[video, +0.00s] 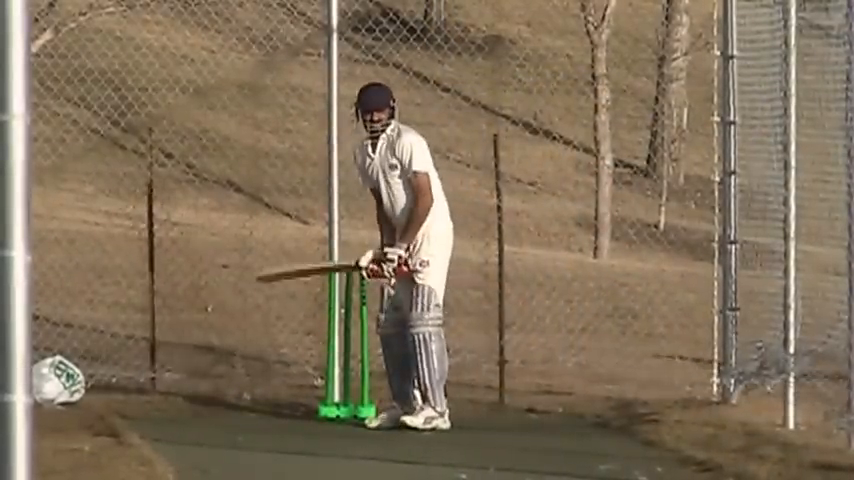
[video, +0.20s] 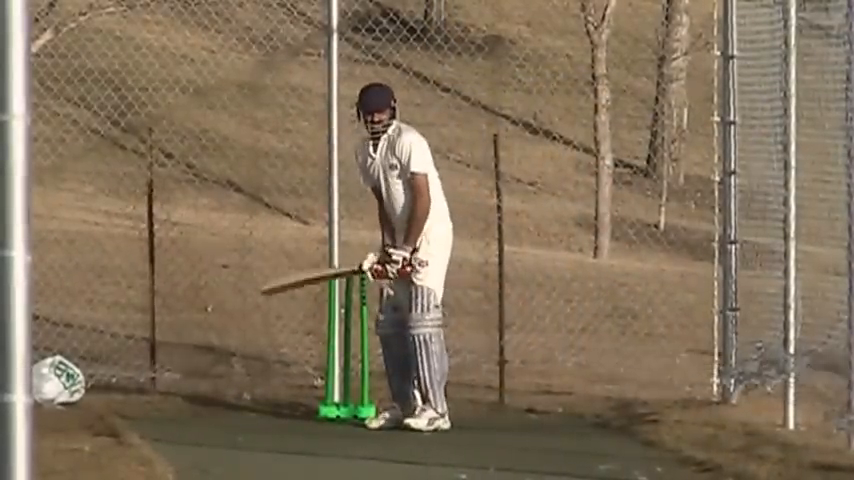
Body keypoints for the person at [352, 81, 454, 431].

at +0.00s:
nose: (374, 118)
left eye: (380, 112)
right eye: (367, 112)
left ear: (392, 111)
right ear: (359, 115)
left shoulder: (408, 142)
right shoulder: (363, 151)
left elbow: (425, 198)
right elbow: (382, 205)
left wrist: (403, 246)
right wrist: (385, 250)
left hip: (429, 241)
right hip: (401, 244)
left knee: (422, 320)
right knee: (391, 322)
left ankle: (435, 408)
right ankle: (406, 403)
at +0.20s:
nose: (375, 120)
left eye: (381, 113)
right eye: (369, 114)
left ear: (393, 111)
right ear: (361, 116)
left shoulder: (409, 142)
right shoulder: (364, 151)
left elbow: (423, 198)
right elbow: (383, 203)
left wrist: (408, 248)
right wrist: (387, 249)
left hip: (428, 242)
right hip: (400, 245)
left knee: (421, 321)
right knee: (391, 322)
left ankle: (434, 408)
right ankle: (404, 404)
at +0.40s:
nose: (367, 136)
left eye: (372, 129)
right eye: (361, 132)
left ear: (385, 118)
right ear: (354, 128)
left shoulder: (405, 142)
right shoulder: (365, 152)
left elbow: (418, 199)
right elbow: (387, 205)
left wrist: (407, 251)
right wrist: (389, 253)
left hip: (433, 243)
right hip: (405, 247)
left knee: (426, 324)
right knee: (394, 324)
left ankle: (434, 409)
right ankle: (404, 404)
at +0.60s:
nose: (355, 173)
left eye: (357, 166)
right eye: (349, 169)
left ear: (369, 150)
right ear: (349, 158)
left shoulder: (395, 156)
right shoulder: (363, 174)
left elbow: (409, 211)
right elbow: (389, 225)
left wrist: (413, 266)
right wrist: (400, 273)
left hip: (440, 240)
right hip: (411, 246)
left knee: (429, 321)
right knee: (397, 322)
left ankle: (435, 409)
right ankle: (404, 404)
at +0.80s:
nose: (349, 191)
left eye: (351, 183)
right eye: (343, 186)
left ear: (362, 166)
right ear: (337, 177)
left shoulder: (386, 171)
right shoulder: (356, 190)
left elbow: (401, 225)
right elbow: (382, 239)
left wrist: (412, 279)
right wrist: (402, 286)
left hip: (447, 240)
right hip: (413, 246)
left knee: (429, 320)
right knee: (392, 323)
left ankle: (435, 409)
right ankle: (404, 403)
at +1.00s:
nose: (349, 172)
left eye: (353, 164)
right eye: (343, 167)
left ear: (366, 152)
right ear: (339, 165)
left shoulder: (390, 168)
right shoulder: (358, 187)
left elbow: (403, 226)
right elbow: (382, 237)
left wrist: (410, 278)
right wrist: (400, 285)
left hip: (446, 243)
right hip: (414, 248)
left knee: (429, 320)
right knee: (393, 323)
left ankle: (435, 409)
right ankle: (404, 403)